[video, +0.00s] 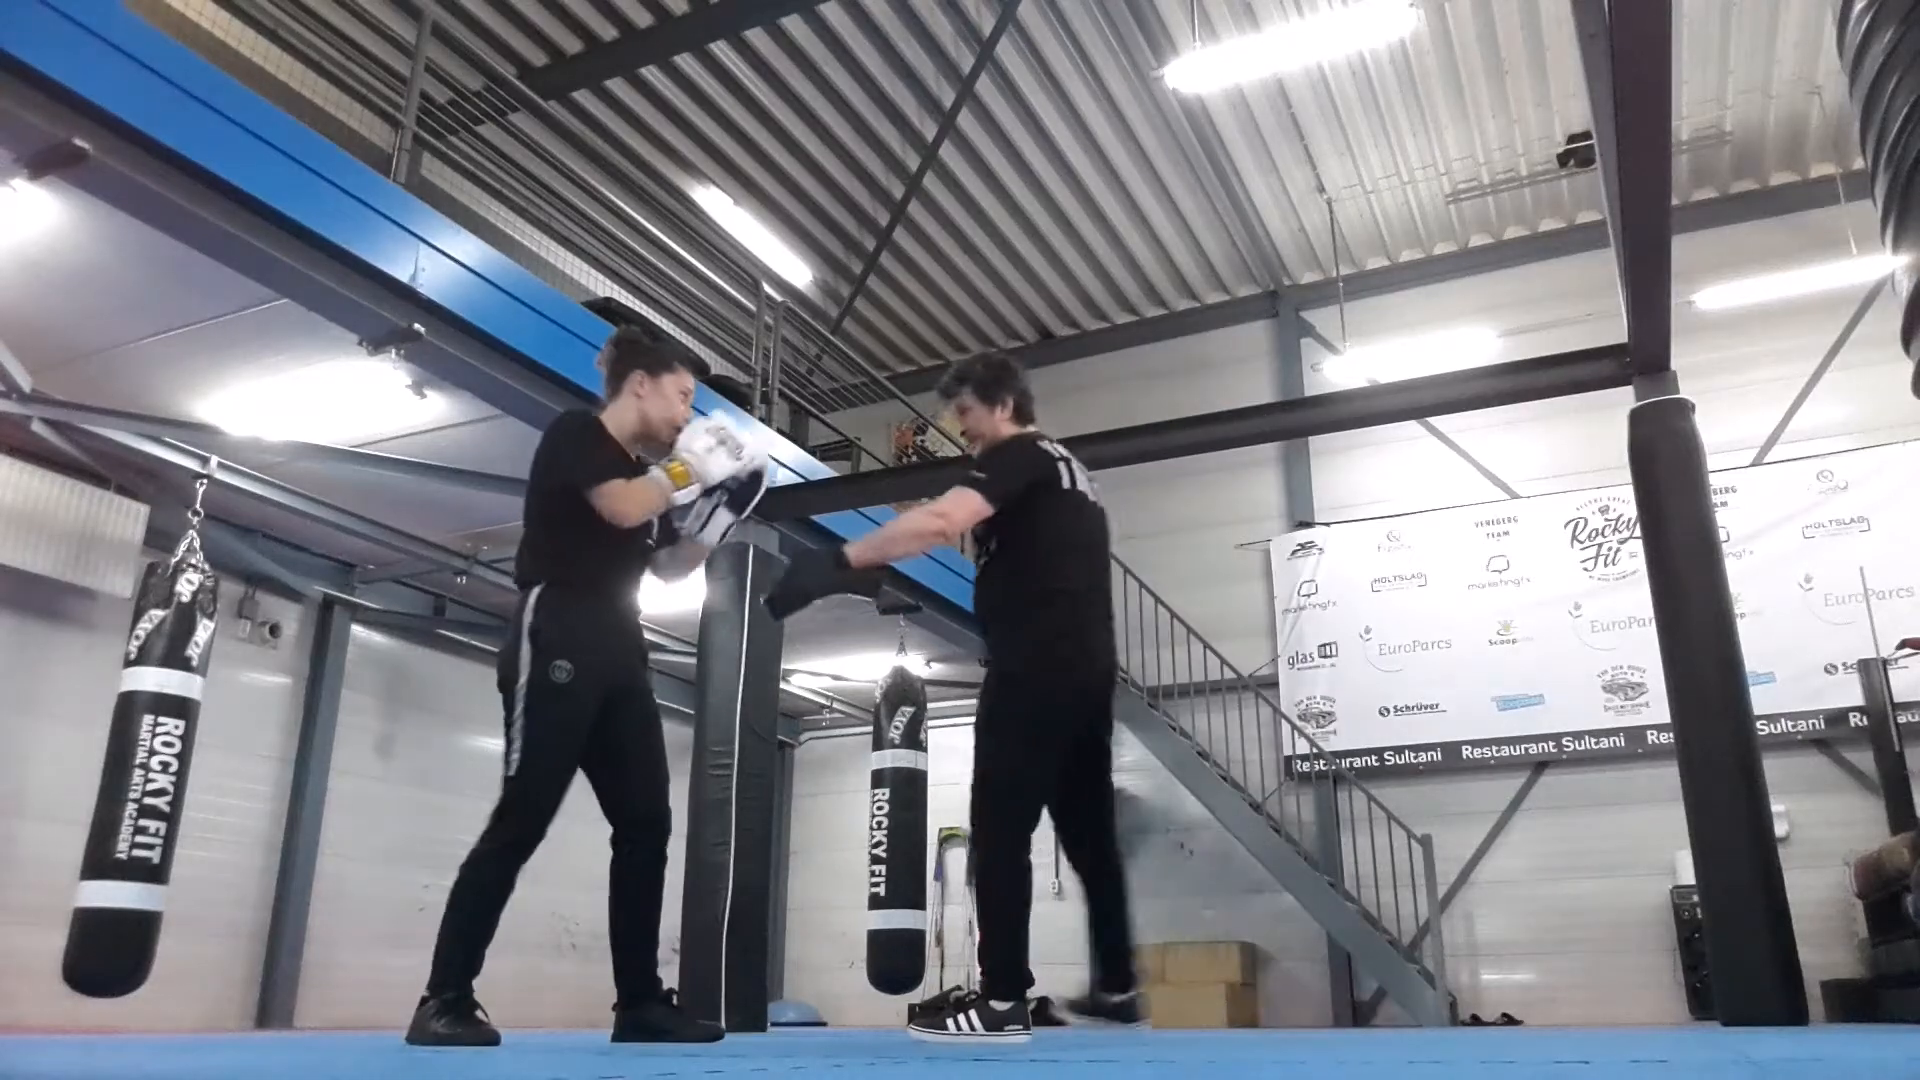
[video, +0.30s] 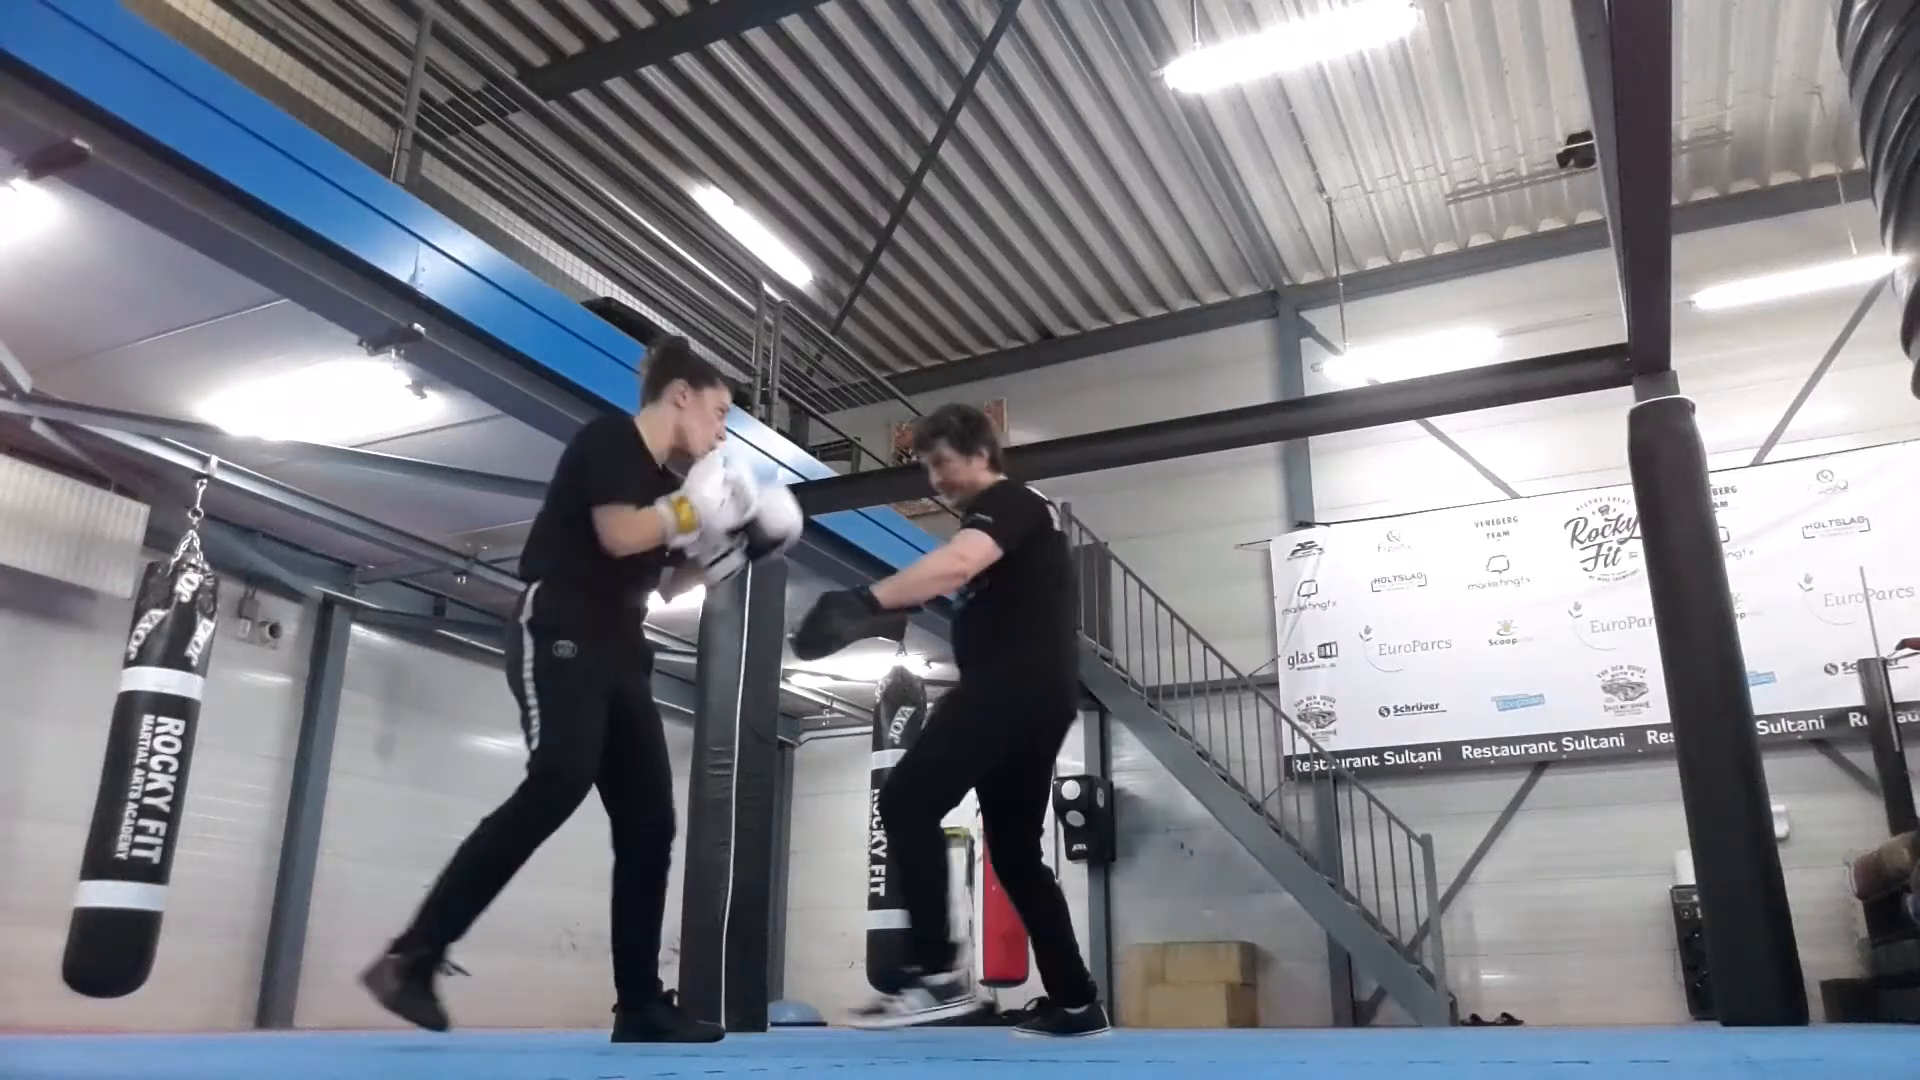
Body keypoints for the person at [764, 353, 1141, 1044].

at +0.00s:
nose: (963, 433)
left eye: (966, 417)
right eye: (958, 422)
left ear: (1003, 403)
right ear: (1020, 407)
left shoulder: (1016, 457)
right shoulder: (1070, 468)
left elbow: (936, 523)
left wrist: (837, 562)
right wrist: (948, 517)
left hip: (1027, 680)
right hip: (1086, 680)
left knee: (1000, 836)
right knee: (1091, 835)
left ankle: (1003, 998)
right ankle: (1116, 989)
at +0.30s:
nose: (933, 482)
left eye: (939, 465)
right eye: (928, 469)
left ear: (976, 454)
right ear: (978, 461)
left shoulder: (1009, 502)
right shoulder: (1011, 516)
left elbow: (957, 563)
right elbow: (955, 587)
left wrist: (865, 600)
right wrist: (895, 611)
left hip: (1004, 692)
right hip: (1037, 696)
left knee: (908, 802)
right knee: (1016, 852)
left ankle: (935, 974)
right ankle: (1073, 999)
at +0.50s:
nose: (888, 468)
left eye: (897, 452)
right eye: (883, 456)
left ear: (935, 445)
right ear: (931, 453)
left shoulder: (962, 494)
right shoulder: (959, 511)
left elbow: (911, 556)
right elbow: (911, 587)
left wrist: (819, 595)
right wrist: (852, 606)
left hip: (966, 697)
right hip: (994, 698)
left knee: (890, 830)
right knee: (1012, 855)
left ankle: (829, 991)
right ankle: (1075, 1000)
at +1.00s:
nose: (799, 424)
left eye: (809, 408)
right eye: (795, 413)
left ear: (852, 406)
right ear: (813, 415)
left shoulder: (875, 463)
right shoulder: (851, 482)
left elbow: (835, 527)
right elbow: (853, 591)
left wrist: (742, 561)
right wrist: (800, 659)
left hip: (866, 683)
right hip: (856, 684)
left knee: (801, 816)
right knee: (824, 830)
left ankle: (804, 994)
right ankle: (879, 990)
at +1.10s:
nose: (790, 438)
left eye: (800, 423)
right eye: (782, 426)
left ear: (839, 420)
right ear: (780, 430)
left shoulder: (863, 478)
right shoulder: (826, 498)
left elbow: (841, 548)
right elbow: (837, 604)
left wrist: (762, 592)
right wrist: (784, 661)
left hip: (851, 681)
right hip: (839, 683)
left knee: (753, 798)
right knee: (817, 845)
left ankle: (790, 982)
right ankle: (874, 999)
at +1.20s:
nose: (776, 435)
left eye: (786, 420)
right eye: (769, 424)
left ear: (824, 418)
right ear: (767, 429)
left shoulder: (850, 478)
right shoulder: (807, 497)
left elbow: (837, 551)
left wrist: (764, 614)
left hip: (829, 680)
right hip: (818, 683)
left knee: (726, 779)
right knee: (809, 843)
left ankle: (748, 973)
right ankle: (874, 997)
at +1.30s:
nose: (756, 419)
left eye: (767, 404)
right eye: (748, 409)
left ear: (804, 404)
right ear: (745, 415)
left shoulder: (828, 467)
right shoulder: (785, 486)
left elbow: (811, 540)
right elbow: (784, 581)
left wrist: (734, 601)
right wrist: (721, 640)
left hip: (809, 673)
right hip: (798, 674)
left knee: (715, 794)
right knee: (812, 836)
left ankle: (673, 972)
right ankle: (876, 993)